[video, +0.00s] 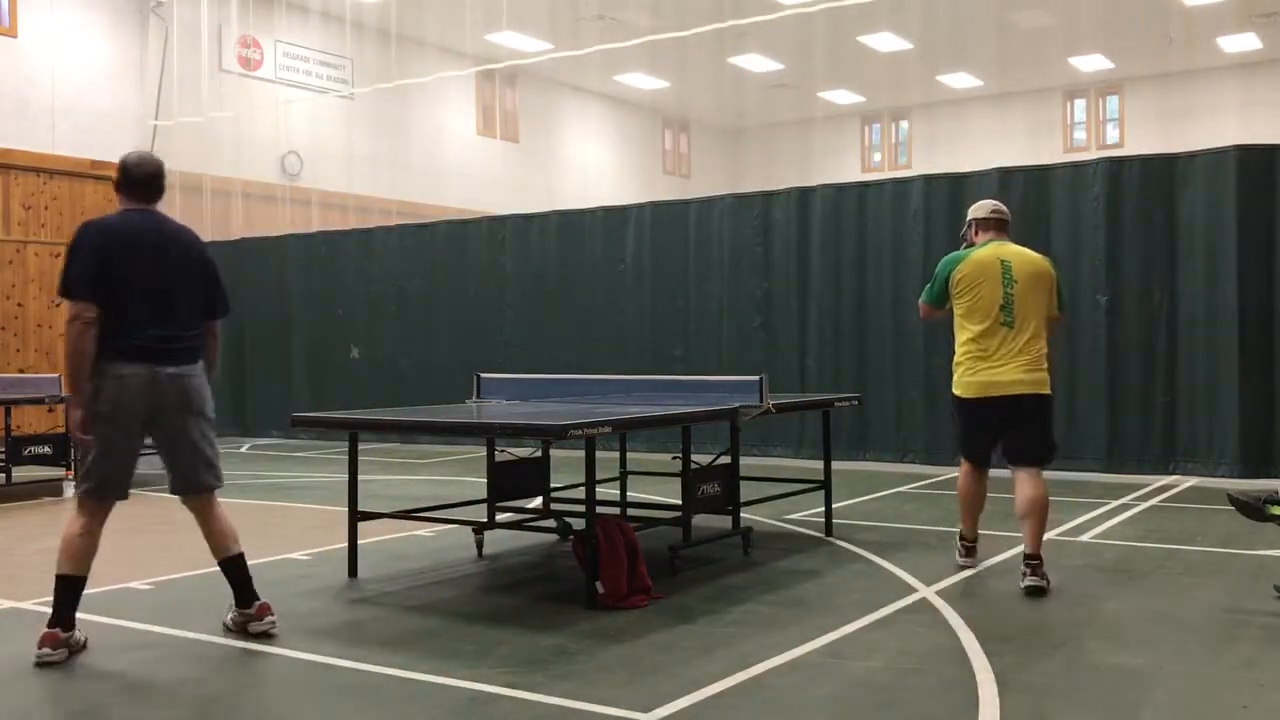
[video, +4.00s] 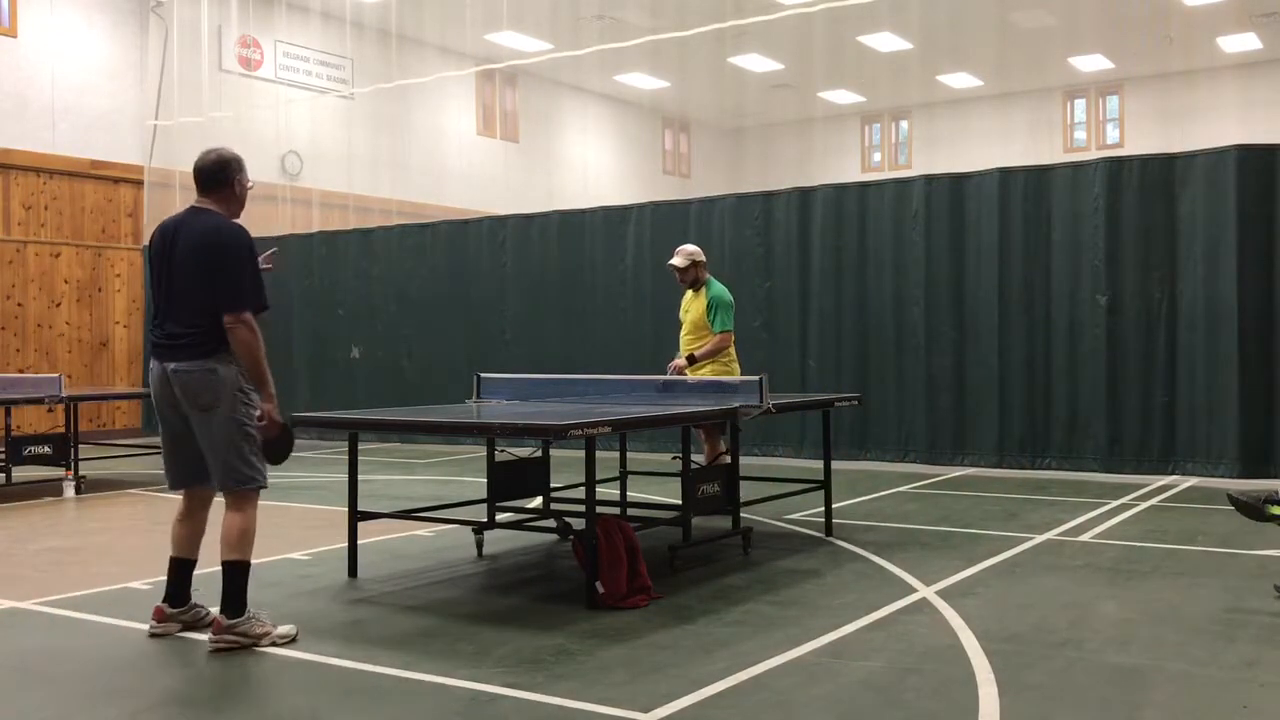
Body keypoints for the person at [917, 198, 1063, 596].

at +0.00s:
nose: (968, 237)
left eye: (968, 232)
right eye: (971, 232)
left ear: (974, 231)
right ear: (1007, 229)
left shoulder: (956, 263)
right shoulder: (1042, 265)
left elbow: (928, 310)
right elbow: (1053, 318)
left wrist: (959, 275)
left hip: (975, 388)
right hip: (1030, 388)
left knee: (973, 464)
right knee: (1029, 469)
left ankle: (968, 545)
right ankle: (1033, 562)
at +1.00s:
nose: (920, 255)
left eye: (920, 250)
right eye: (921, 250)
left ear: (926, 250)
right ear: (952, 246)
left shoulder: (923, 276)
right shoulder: (984, 277)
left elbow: (877, 290)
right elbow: (990, 317)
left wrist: (895, 258)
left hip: (932, 380)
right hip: (977, 380)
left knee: (923, 440)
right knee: (978, 444)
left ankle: (927, 509)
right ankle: (984, 519)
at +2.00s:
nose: (802, 269)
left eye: (805, 263)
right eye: (802, 263)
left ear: (821, 261)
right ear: (826, 262)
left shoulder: (830, 286)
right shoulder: (852, 285)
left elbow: (838, 329)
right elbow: (862, 335)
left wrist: (812, 360)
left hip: (831, 377)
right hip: (857, 377)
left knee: (800, 425)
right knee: (846, 433)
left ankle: (842, 474)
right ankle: (852, 496)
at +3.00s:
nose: (710, 273)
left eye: (713, 268)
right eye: (708, 268)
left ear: (729, 265)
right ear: (715, 268)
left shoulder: (745, 288)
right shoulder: (719, 291)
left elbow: (755, 327)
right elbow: (721, 328)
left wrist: (716, 341)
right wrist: (706, 340)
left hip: (740, 375)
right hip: (719, 374)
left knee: (719, 424)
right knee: (720, 426)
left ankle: (742, 480)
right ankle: (740, 480)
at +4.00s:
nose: (679, 276)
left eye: (683, 271)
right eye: (676, 271)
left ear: (699, 267)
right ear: (674, 270)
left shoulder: (717, 296)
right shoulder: (690, 293)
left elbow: (725, 339)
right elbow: (695, 336)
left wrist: (689, 360)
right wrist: (683, 363)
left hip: (717, 374)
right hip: (696, 374)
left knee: (710, 431)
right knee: (702, 429)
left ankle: (713, 485)